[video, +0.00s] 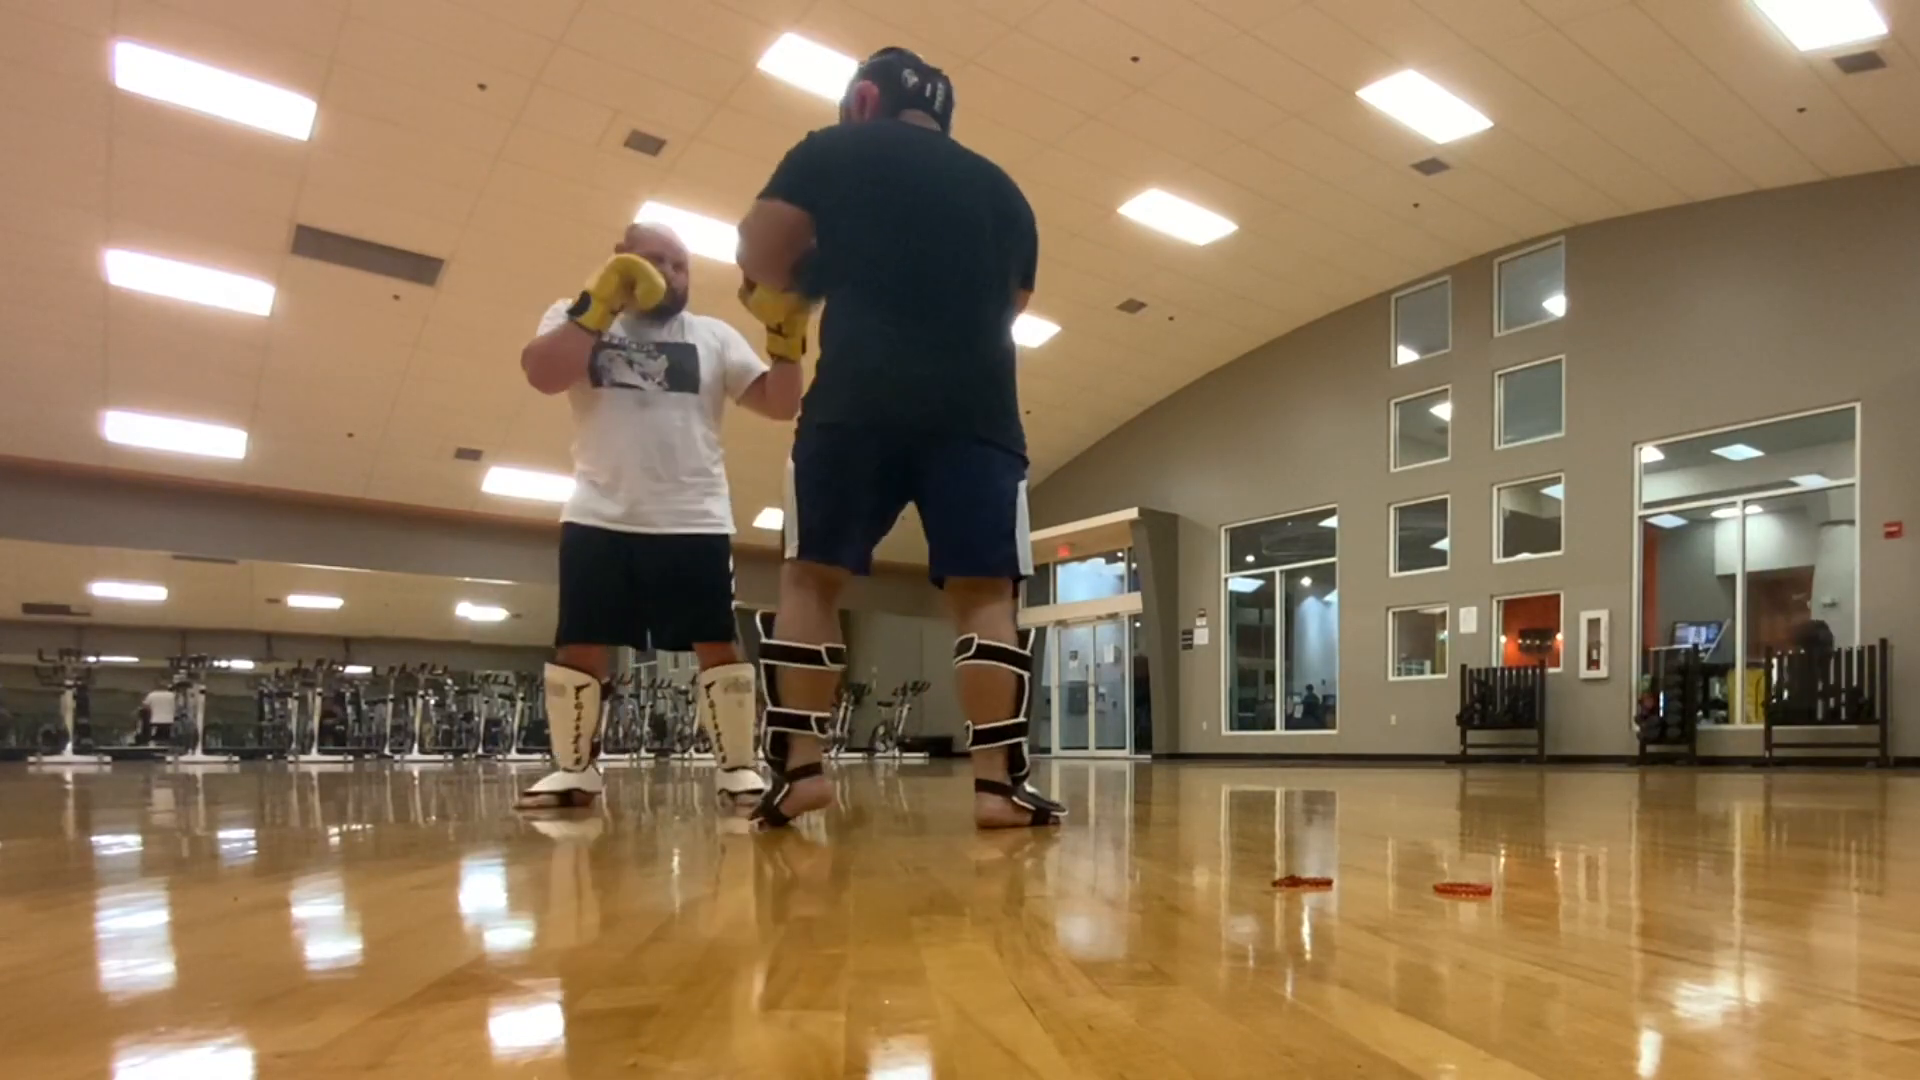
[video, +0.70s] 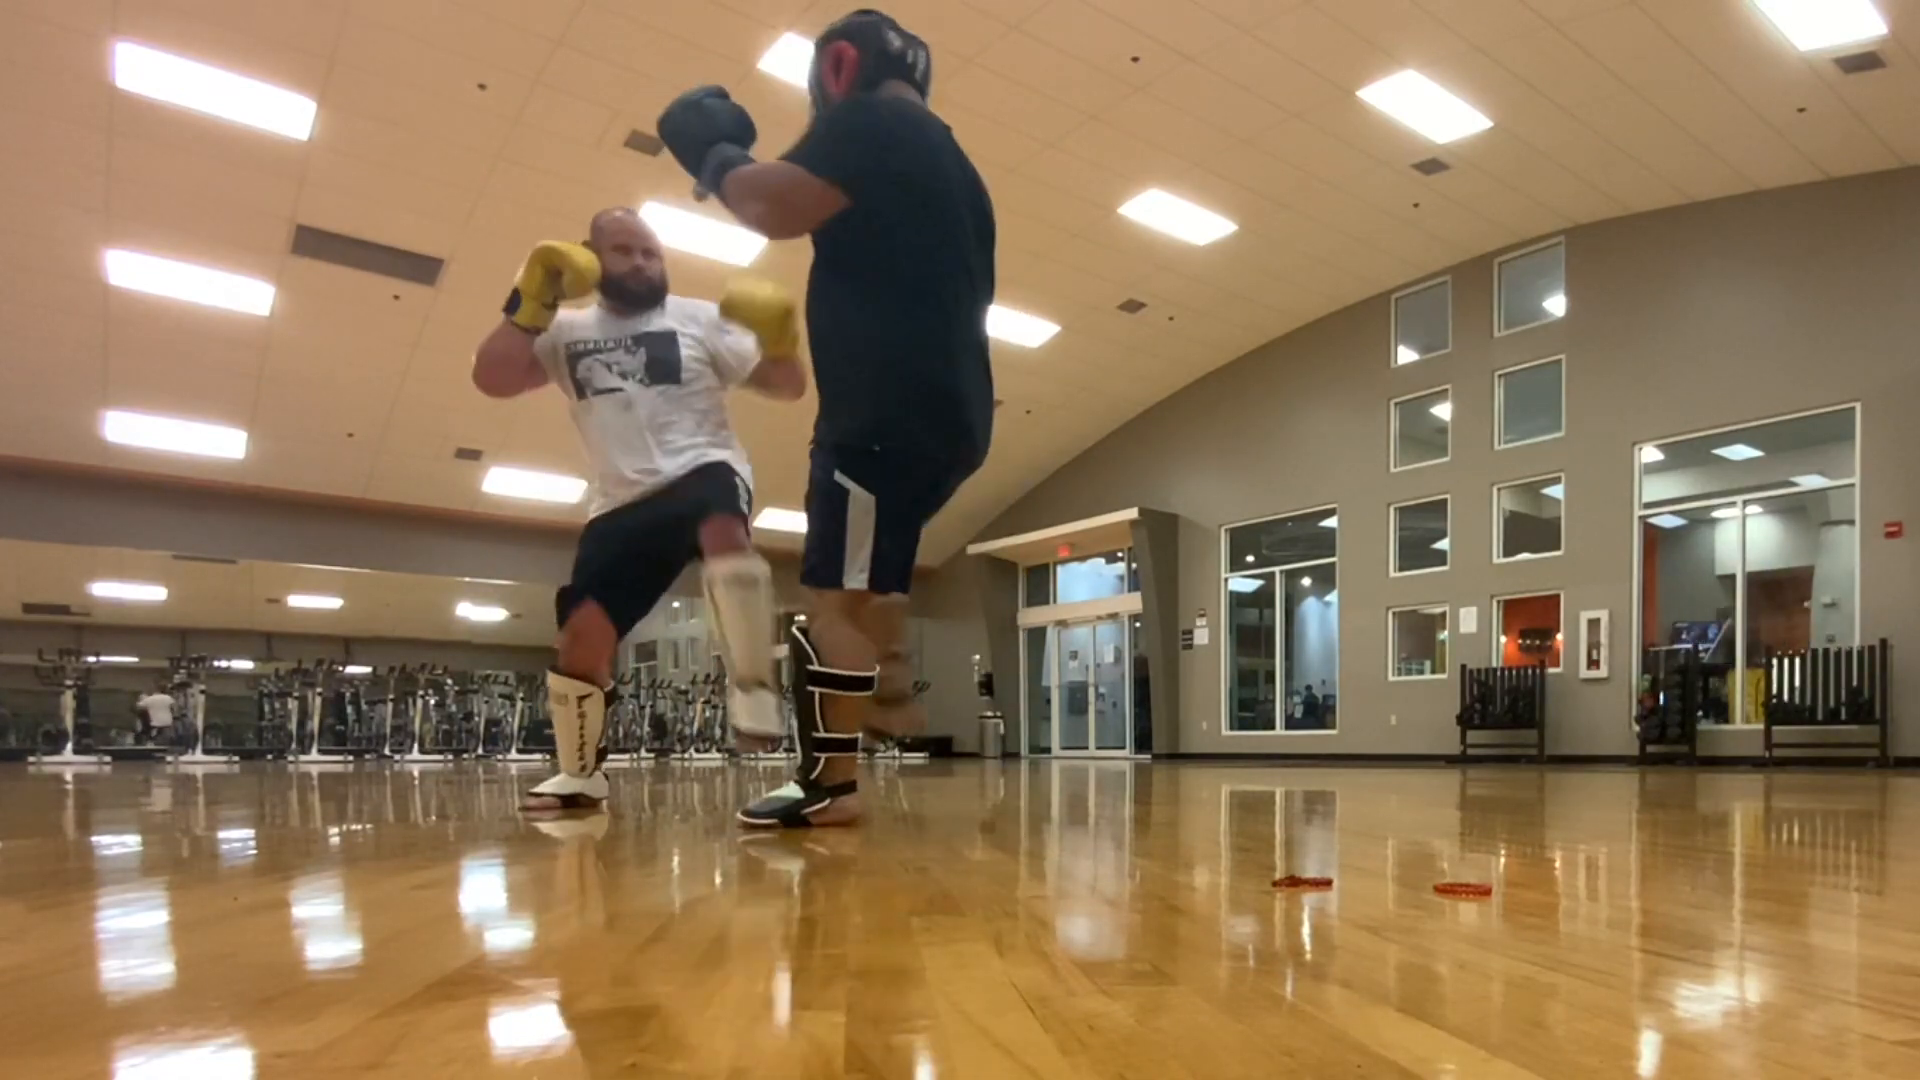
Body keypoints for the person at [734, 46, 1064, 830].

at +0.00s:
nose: (845, 115)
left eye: (848, 104)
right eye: (850, 106)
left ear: (865, 99)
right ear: (945, 117)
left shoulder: (832, 149)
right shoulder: (1000, 186)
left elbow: (764, 248)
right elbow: (1015, 299)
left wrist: (792, 289)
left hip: (858, 405)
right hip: (976, 411)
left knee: (812, 580)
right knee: (986, 593)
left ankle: (803, 767)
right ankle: (998, 786)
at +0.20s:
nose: (813, 105)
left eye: (817, 92)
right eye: (816, 96)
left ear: (839, 84)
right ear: (910, 109)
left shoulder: (836, 130)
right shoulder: (958, 186)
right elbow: (923, 299)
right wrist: (804, 298)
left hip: (845, 412)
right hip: (951, 417)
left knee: (809, 593)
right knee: (975, 595)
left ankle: (833, 784)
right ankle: (1007, 739)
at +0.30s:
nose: (798, 108)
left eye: (800, 92)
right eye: (799, 96)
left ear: (820, 78)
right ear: (889, 91)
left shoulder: (854, 123)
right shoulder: (929, 174)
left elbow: (792, 192)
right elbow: (889, 302)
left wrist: (678, 207)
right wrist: (779, 326)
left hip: (838, 408)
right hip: (919, 416)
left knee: (797, 594)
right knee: (910, 571)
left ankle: (829, 783)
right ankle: (1005, 667)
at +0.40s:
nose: (781, 98)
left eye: (785, 81)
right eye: (781, 86)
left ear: (808, 62)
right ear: (874, 72)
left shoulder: (840, 114)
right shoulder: (926, 164)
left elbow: (758, 202)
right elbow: (963, 319)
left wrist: (688, 156)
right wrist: (906, 387)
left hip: (846, 397)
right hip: (905, 408)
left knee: (815, 603)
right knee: (819, 598)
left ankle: (834, 787)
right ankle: (825, 776)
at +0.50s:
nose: (784, 90)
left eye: (786, 75)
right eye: (786, 78)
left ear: (806, 62)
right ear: (875, 75)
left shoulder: (819, 109)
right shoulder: (936, 161)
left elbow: (724, 193)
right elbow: (972, 311)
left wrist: (690, 134)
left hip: (858, 386)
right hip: (926, 396)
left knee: (834, 596)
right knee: (772, 562)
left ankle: (834, 785)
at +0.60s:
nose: (793, 88)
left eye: (798, 73)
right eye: (795, 76)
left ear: (820, 61)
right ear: (892, 77)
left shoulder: (831, 116)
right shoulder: (948, 166)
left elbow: (730, 194)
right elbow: (971, 295)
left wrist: (683, 139)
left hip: (873, 396)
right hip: (943, 404)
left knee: (836, 591)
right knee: (810, 484)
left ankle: (835, 784)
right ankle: (773, 607)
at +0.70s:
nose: (812, 94)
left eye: (817, 77)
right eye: (813, 80)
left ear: (844, 62)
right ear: (913, 75)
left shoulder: (874, 120)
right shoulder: (952, 162)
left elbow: (773, 206)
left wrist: (712, 150)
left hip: (886, 398)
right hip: (949, 402)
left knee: (837, 593)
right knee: (870, 563)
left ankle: (832, 783)